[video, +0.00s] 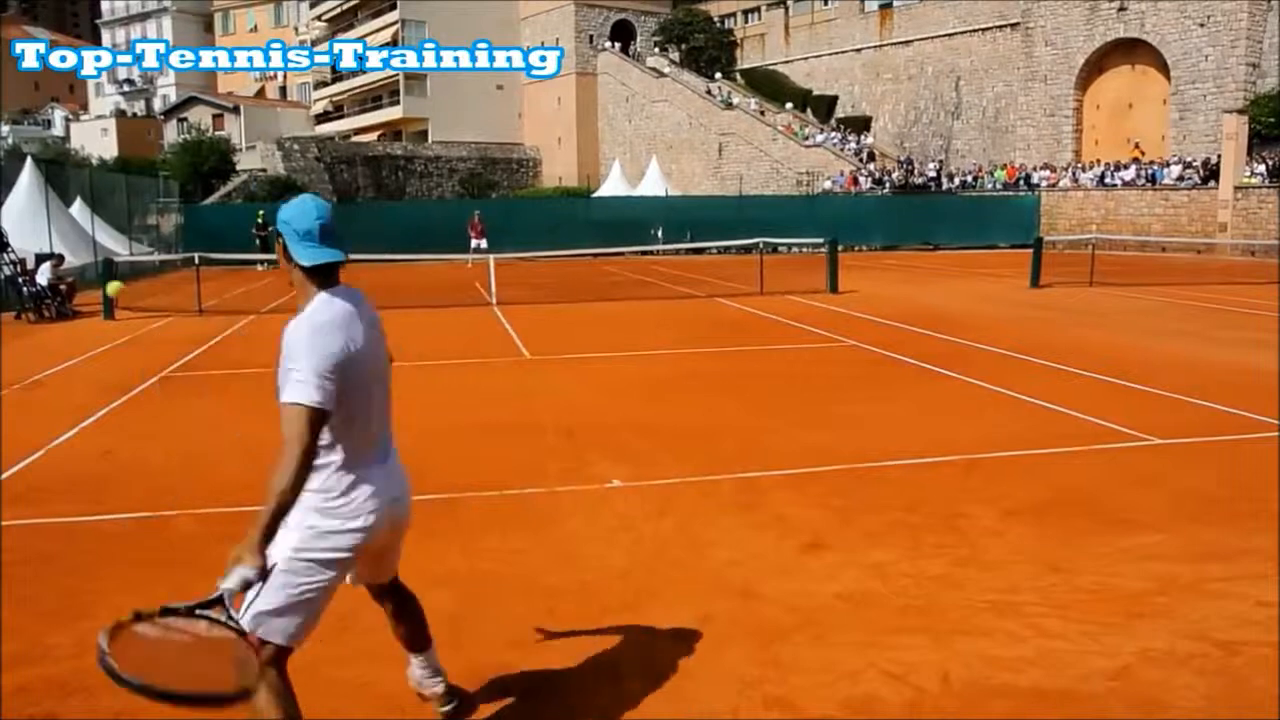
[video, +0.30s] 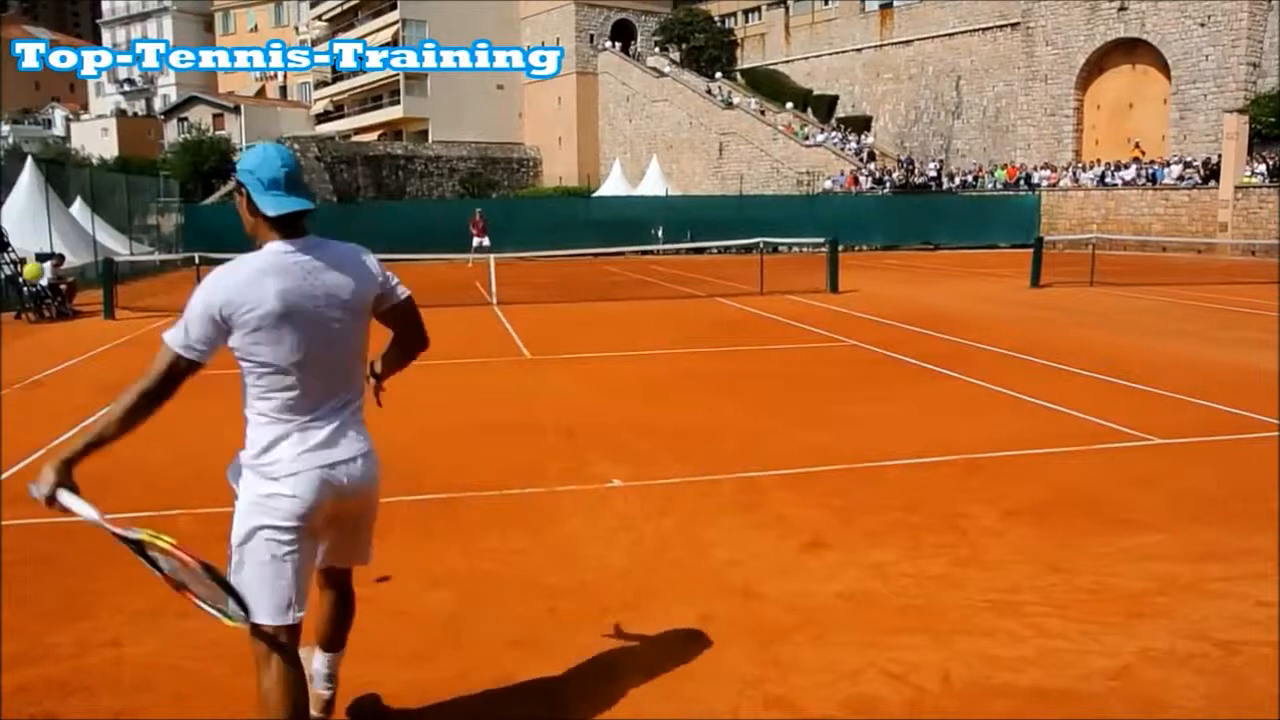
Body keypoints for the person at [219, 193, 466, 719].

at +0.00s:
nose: (276, 253)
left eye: (278, 245)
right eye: (280, 244)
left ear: (286, 255)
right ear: (333, 249)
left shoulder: (309, 333)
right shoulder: (358, 306)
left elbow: (299, 453)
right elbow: (380, 372)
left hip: (338, 509)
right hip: (388, 487)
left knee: (259, 652)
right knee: (383, 581)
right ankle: (432, 679)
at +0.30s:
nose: (238, 207)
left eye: (239, 198)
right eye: (239, 198)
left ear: (248, 203)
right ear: (302, 199)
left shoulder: (230, 285)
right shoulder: (355, 264)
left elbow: (153, 390)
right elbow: (414, 336)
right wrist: (382, 368)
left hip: (282, 478)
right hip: (354, 464)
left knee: (276, 642)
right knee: (337, 579)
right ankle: (323, 689)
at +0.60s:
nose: (202, 177)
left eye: (202, 169)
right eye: (208, 168)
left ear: (211, 175)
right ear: (270, 167)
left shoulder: (190, 246)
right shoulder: (329, 244)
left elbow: (132, 297)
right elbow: (377, 339)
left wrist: (77, 302)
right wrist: (311, 314)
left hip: (226, 456)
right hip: (303, 452)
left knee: (252, 635)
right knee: (287, 570)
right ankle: (255, 673)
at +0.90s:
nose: (170, 167)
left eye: (172, 159)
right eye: (173, 159)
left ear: (183, 162)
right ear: (240, 162)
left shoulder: (144, 220)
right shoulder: (286, 242)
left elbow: (99, 208)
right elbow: (325, 348)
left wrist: (155, 176)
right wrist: (259, 306)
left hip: (154, 451)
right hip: (241, 451)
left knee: (190, 624)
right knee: (254, 570)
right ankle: (256, 675)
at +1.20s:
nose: (124, 171)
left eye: (128, 163)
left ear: (128, 170)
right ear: (196, 188)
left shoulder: (82, 218)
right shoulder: (211, 274)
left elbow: (75, 117)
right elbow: (249, 379)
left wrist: (172, 99)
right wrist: (197, 316)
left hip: (67, 479)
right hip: (166, 478)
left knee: (65, 674)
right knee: (233, 580)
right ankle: (286, 692)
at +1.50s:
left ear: (81, 206)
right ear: (151, 217)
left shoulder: (37, 249)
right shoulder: (174, 305)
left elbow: (23, 132)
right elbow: (208, 419)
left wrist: (111, 106)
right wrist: (171, 346)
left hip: (13, 512)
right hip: (114, 515)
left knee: (1, 688)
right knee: (209, 602)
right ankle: (286, 711)